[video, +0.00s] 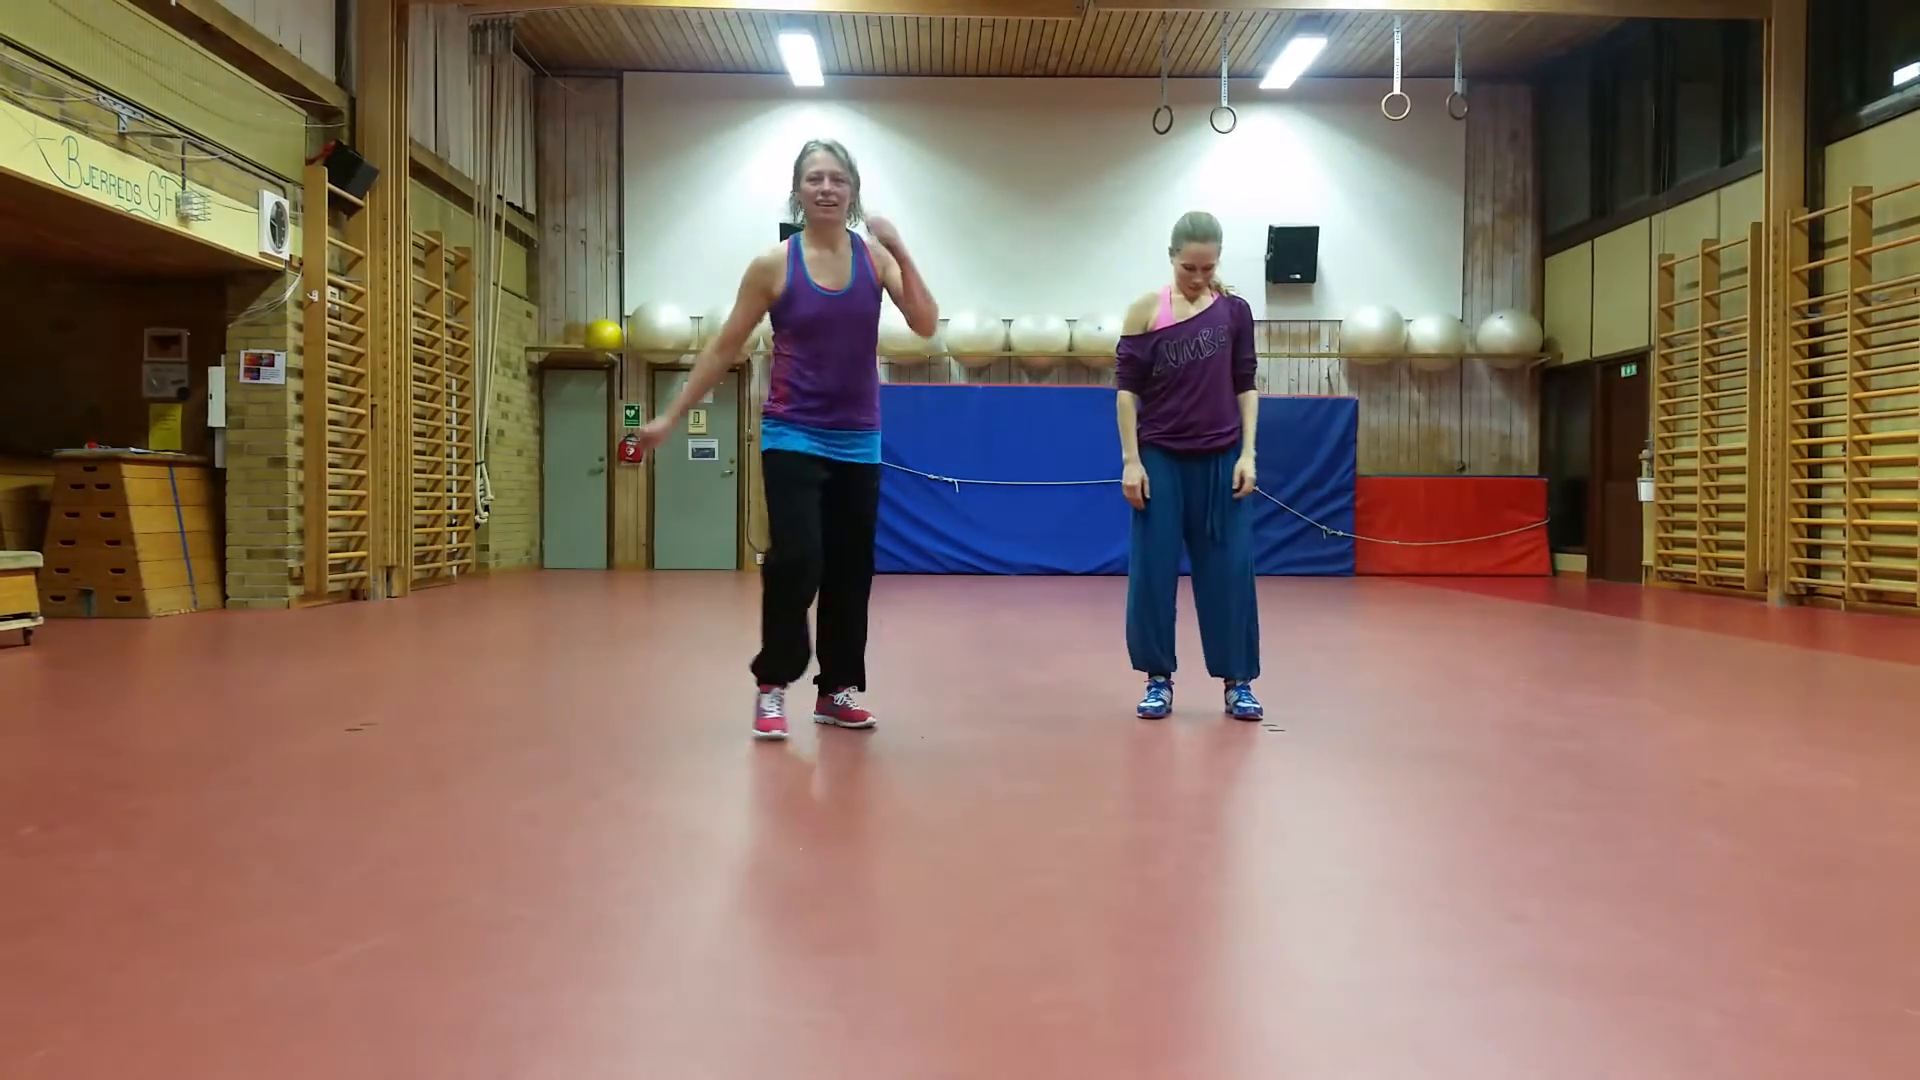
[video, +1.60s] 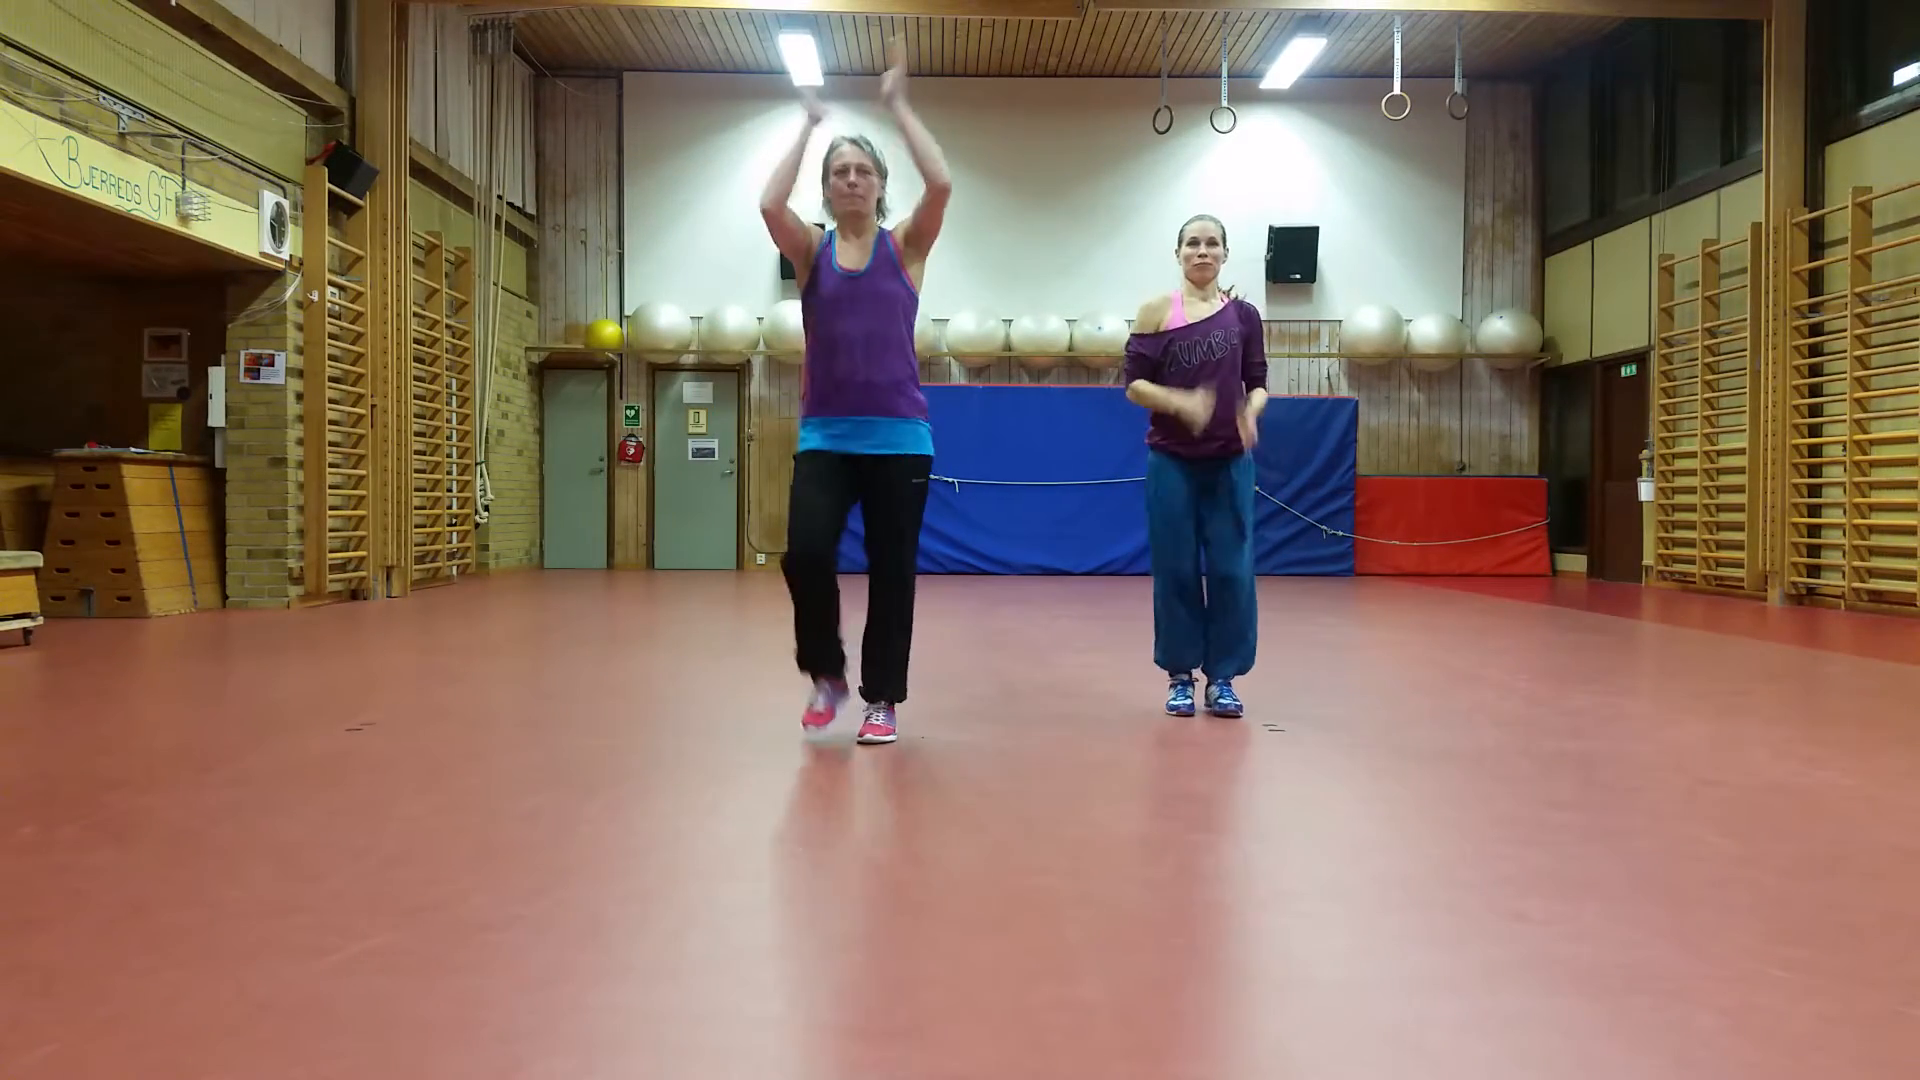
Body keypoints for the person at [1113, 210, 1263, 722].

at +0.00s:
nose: (1199, 277)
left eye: (1208, 267)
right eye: (1191, 267)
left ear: (1219, 259)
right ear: (1172, 256)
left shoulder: (1234, 309)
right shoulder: (1145, 310)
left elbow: (1246, 384)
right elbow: (1127, 389)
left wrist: (1248, 451)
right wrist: (1131, 461)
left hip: (1222, 457)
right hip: (1159, 457)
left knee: (1231, 566)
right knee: (1154, 567)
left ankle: (1238, 682)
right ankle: (1157, 679)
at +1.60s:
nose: (1203, 252)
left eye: (1212, 244)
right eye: (1194, 243)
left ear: (1225, 254)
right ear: (1178, 252)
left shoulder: (1244, 314)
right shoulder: (1156, 312)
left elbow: (1258, 383)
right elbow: (1133, 385)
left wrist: (1249, 411)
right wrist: (1180, 400)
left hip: (1231, 460)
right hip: (1172, 460)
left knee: (1232, 568)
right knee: (1176, 567)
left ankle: (1222, 678)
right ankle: (1181, 677)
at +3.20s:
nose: (1208, 246)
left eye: (1216, 239)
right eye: (1199, 238)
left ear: (1226, 249)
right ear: (1181, 247)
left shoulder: (1238, 303)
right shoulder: (1166, 308)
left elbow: (1281, 241)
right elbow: (1154, 268)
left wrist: (1236, 180)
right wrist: (1184, 203)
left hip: (1237, 460)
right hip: (1180, 459)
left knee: (1256, 560)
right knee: (1172, 569)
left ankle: (1223, 665)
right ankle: (1170, 674)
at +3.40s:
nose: (1221, 231)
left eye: (1230, 226)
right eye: (1212, 224)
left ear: (1238, 241)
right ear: (1193, 237)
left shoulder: (1248, 288)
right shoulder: (1176, 291)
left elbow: (1283, 223)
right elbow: (1171, 250)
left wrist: (1235, 181)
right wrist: (1210, 195)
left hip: (1250, 441)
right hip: (1190, 443)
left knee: (1256, 559)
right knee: (1186, 563)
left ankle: (1253, 668)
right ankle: (1204, 666)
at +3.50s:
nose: (1228, 248)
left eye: (1236, 243)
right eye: (1218, 241)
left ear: (1245, 259)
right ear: (1200, 256)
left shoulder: (1253, 307)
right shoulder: (1180, 310)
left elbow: (1292, 237)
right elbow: (1161, 260)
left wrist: (1243, 181)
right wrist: (1205, 195)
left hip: (1253, 460)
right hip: (1192, 462)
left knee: (1257, 574)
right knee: (1198, 576)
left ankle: (1253, 674)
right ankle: (1217, 673)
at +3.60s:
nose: (1230, 236)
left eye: (1238, 232)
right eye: (1220, 229)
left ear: (1245, 248)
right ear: (1199, 242)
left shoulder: (1253, 297)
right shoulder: (1179, 300)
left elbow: (1292, 227)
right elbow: (1156, 249)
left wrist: (1253, 159)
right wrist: (1189, 180)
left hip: (1249, 452)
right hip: (1190, 451)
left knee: (1256, 568)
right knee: (1192, 556)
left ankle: (1254, 676)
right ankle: (1204, 662)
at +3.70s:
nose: (1222, 226)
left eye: (1230, 221)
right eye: (1212, 220)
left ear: (1241, 238)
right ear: (1193, 234)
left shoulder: (1249, 285)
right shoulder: (1178, 287)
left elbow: (1285, 212)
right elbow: (1161, 241)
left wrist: (1249, 149)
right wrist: (1180, 170)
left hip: (1242, 440)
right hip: (1182, 437)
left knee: (1250, 555)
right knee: (1188, 554)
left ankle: (1241, 663)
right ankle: (1184, 656)